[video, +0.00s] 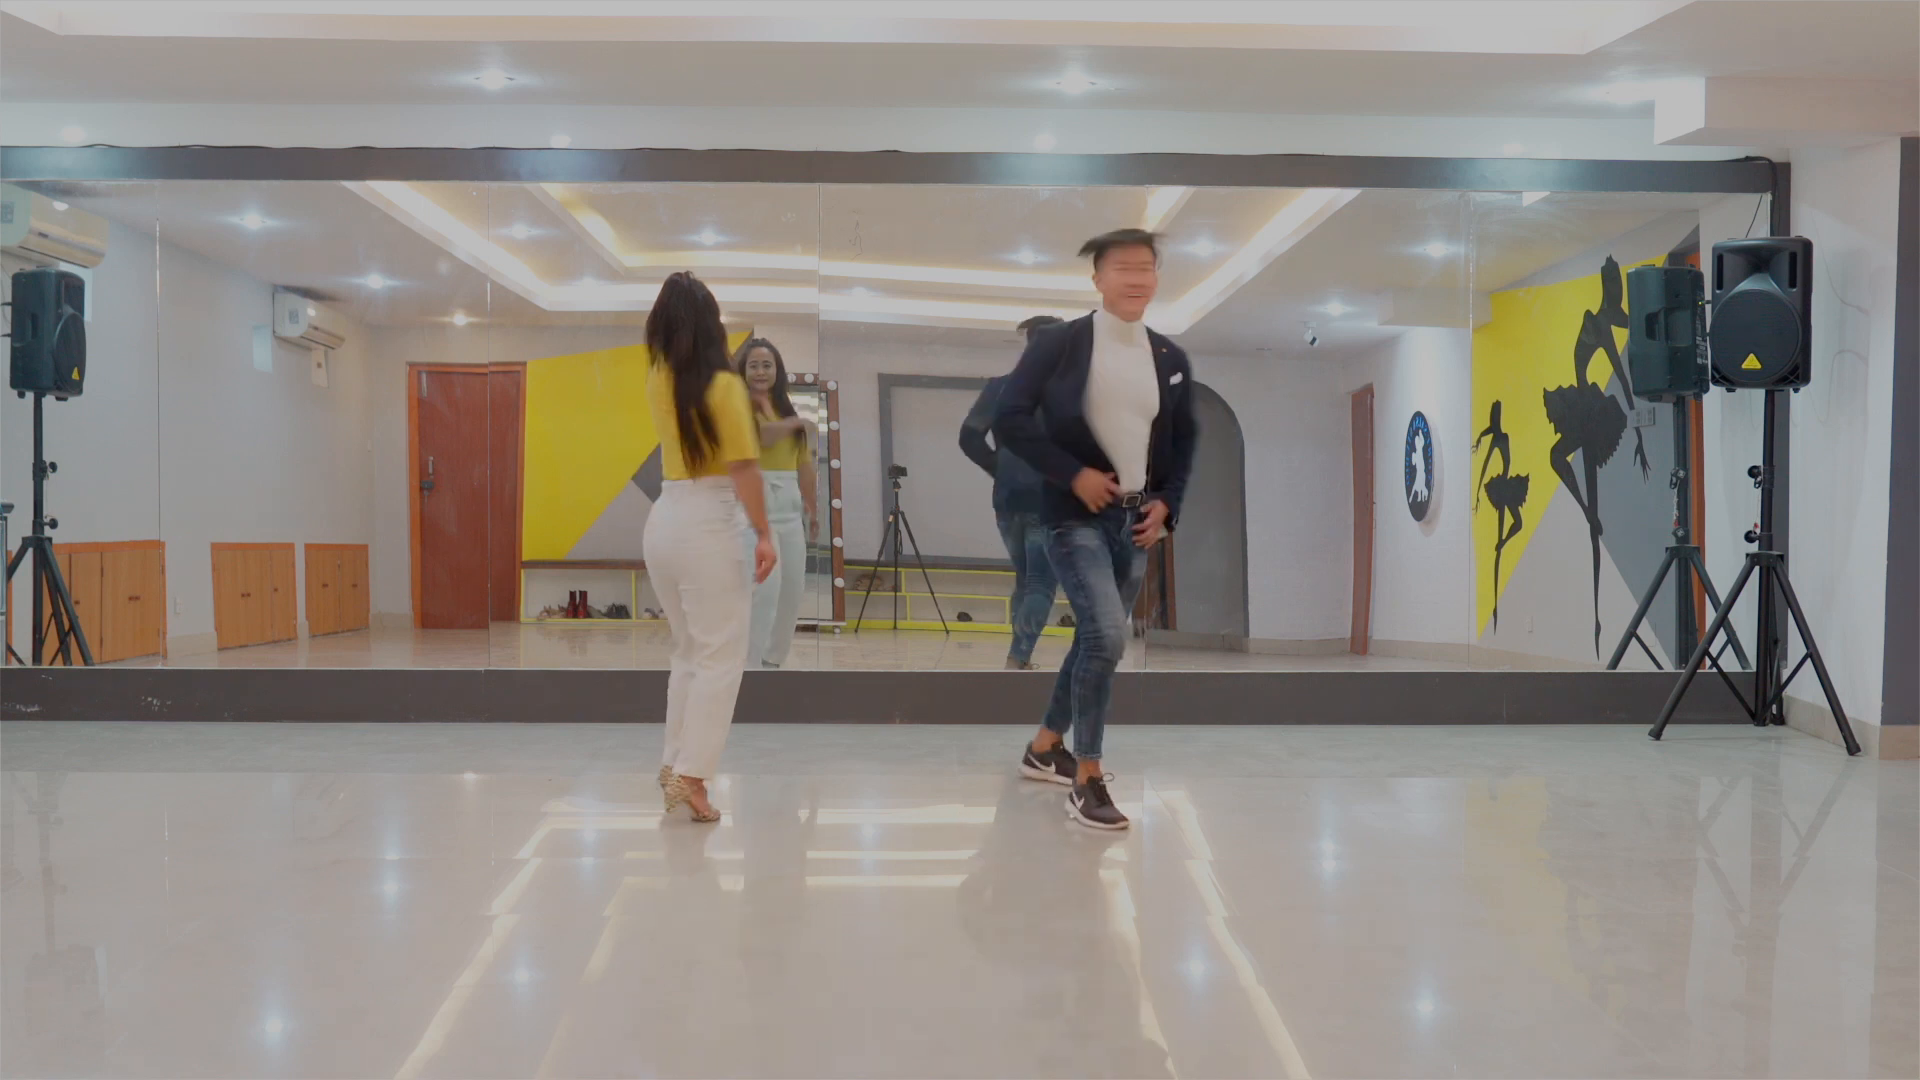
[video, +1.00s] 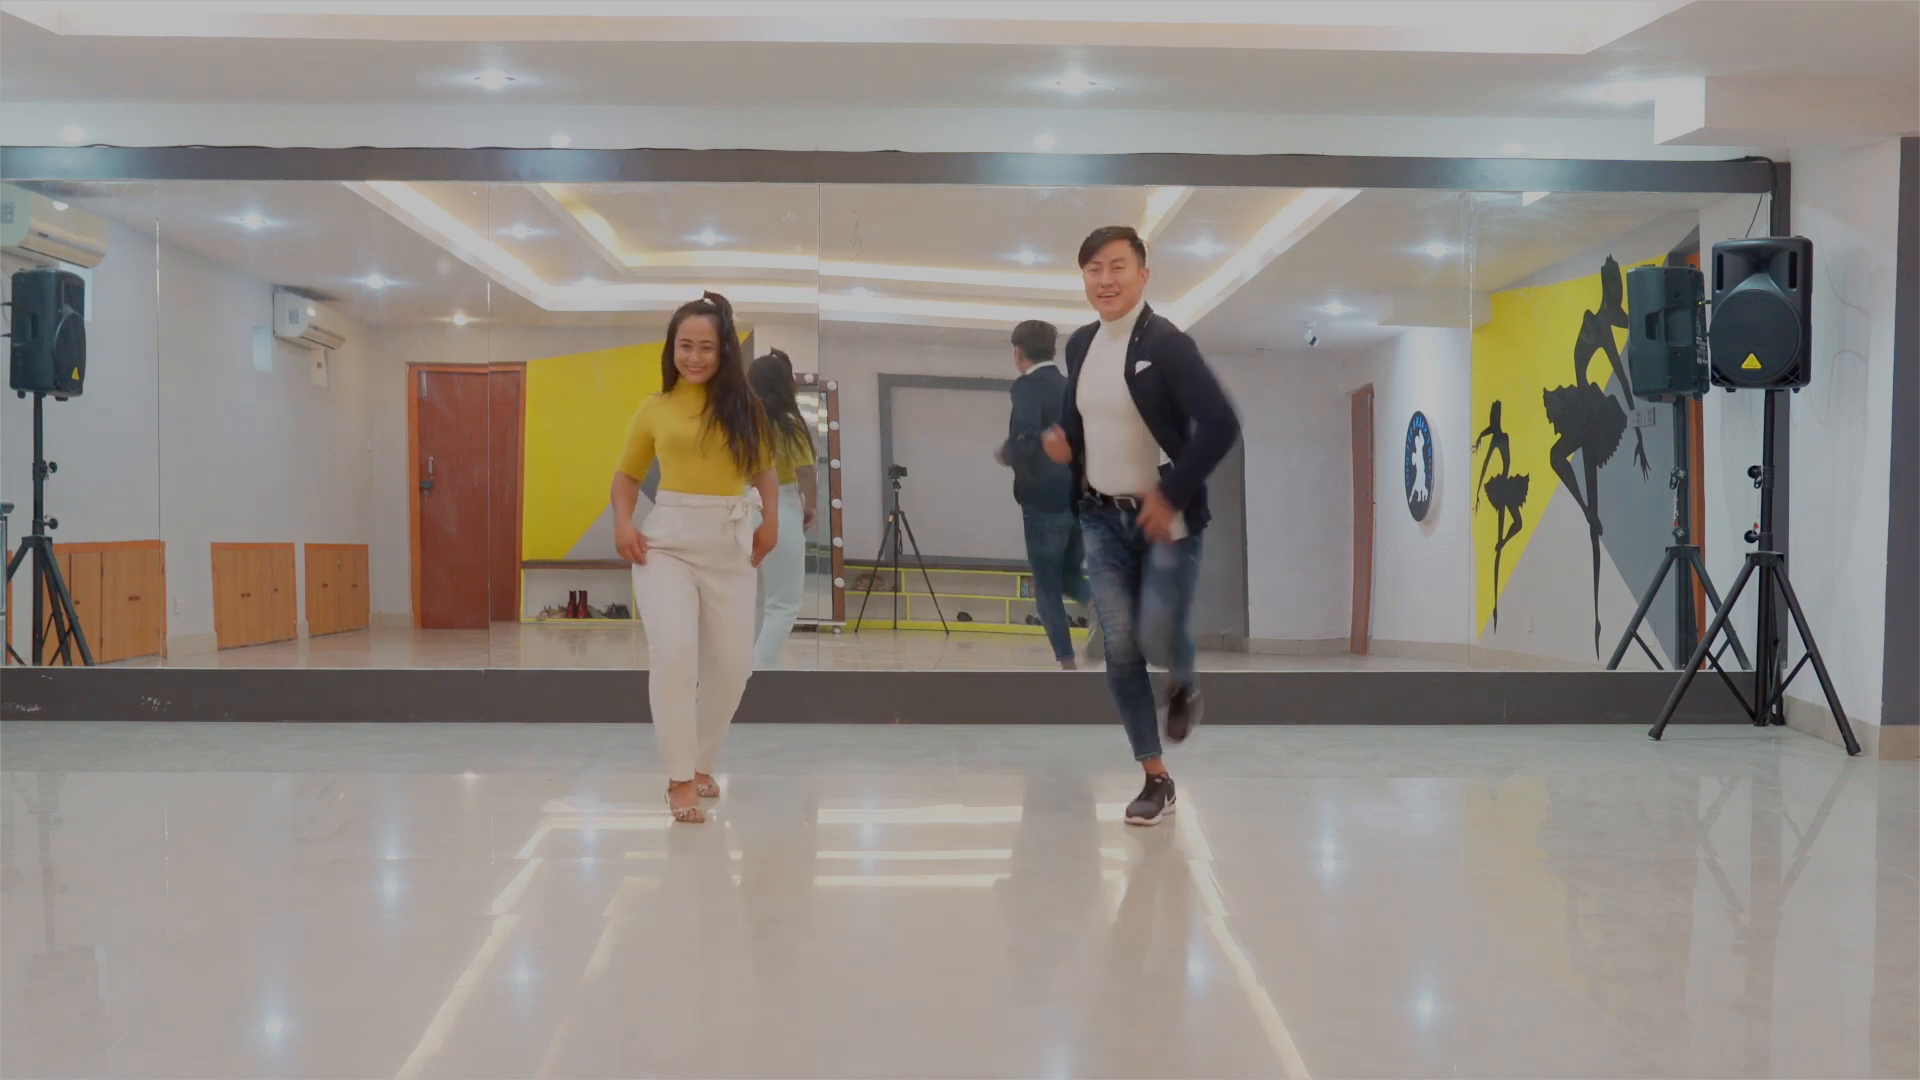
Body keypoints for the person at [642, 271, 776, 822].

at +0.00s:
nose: (722, 322)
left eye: (715, 314)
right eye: (718, 315)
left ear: (663, 325)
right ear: (712, 321)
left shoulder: (657, 382)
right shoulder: (723, 385)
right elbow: (743, 465)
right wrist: (764, 532)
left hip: (666, 519)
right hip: (714, 521)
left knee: (688, 648)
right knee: (723, 655)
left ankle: (675, 765)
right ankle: (693, 774)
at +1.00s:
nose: (693, 356)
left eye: (705, 347)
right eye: (684, 345)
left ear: (724, 352)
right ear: (672, 349)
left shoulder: (745, 408)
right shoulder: (656, 409)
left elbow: (765, 470)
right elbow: (626, 476)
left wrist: (770, 523)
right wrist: (622, 520)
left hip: (731, 545)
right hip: (665, 541)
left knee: (732, 665)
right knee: (674, 653)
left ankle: (702, 765)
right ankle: (680, 779)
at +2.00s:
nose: (746, 347)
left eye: (758, 338)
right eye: (736, 337)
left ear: (776, 343)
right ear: (724, 342)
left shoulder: (787, 396)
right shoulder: (714, 391)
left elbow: (823, 443)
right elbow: (652, 439)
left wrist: (825, 447)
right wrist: (708, 442)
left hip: (783, 536)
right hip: (735, 533)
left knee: (751, 656)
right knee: (776, 651)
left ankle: (688, 751)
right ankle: (779, 771)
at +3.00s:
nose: (749, 340)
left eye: (763, 334)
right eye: (742, 329)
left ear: (782, 348)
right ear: (728, 335)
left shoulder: (784, 403)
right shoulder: (696, 400)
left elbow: (834, 440)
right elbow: (657, 469)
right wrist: (588, 463)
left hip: (765, 544)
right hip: (700, 543)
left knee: (741, 674)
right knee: (684, 671)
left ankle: (718, 788)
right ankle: (730, 736)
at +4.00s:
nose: (734, 353)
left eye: (745, 351)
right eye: (722, 351)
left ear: (761, 379)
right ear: (706, 379)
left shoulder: (766, 439)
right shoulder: (681, 427)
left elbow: (759, 513)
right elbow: (625, 495)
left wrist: (753, 578)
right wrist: (647, 567)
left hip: (726, 579)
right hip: (661, 574)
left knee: (762, 689)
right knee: (678, 688)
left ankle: (712, 785)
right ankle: (673, 806)